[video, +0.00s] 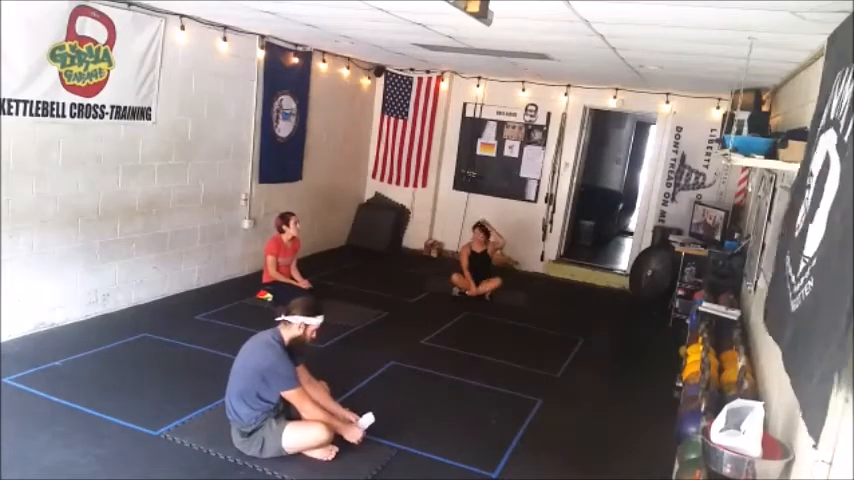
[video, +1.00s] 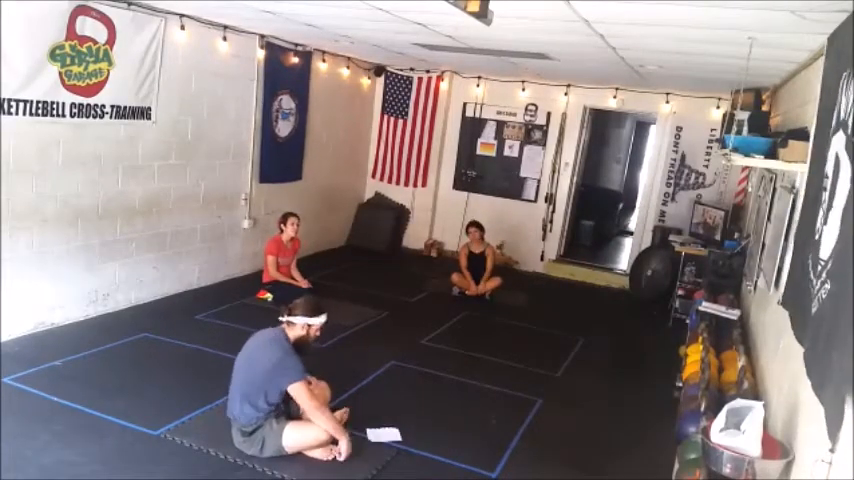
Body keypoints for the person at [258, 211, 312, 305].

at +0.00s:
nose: (299, 226)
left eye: (298, 223)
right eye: (295, 223)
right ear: (285, 227)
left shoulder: (295, 242)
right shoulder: (273, 243)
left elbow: (293, 267)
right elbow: (272, 272)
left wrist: (301, 281)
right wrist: (296, 284)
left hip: (287, 281)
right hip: (272, 283)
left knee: (309, 292)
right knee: (302, 296)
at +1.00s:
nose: (295, 228)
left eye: (297, 225)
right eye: (292, 224)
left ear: (299, 227)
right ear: (283, 226)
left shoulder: (295, 242)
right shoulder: (273, 243)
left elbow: (293, 267)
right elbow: (272, 273)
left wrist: (302, 281)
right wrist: (297, 284)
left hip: (287, 280)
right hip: (272, 282)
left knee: (308, 291)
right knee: (302, 294)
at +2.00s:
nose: (296, 228)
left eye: (297, 225)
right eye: (292, 225)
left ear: (299, 226)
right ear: (283, 226)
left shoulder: (295, 242)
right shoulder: (273, 243)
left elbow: (293, 267)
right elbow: (272, 273)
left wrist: (302, 281)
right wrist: (298, 283)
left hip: (288, 280)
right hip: (272, 282)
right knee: (303, 298)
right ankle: (270, 297)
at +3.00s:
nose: (368, 258)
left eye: (371, 256)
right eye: (369, 255)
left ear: (365, 249)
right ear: (364, 248)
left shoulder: (355, 256)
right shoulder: (344, 251)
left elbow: (354, 279)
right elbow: (311, 252)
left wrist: (352, 304)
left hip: (307, 260)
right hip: (300, 261)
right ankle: (270, 287)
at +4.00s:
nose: (370, 244)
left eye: (371, 241)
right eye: (367, 240)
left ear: (363, 242)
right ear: (357, 240)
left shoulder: (355, 254)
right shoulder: (344, 253)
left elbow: (354, 279)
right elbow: (312, 257)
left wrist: (350, 301)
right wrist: (313, 250)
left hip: (305, 259)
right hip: (297, 262)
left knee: (309, 298)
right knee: (300, 299)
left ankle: (279, 284)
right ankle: (271, 289)